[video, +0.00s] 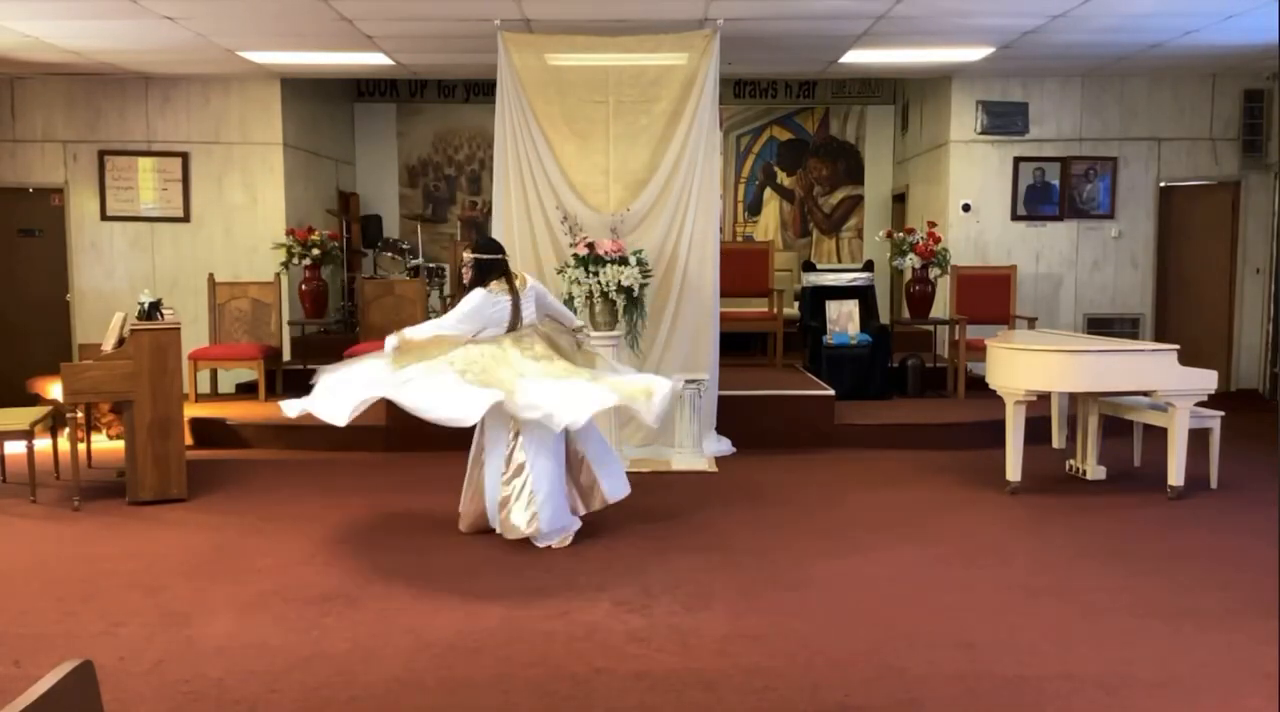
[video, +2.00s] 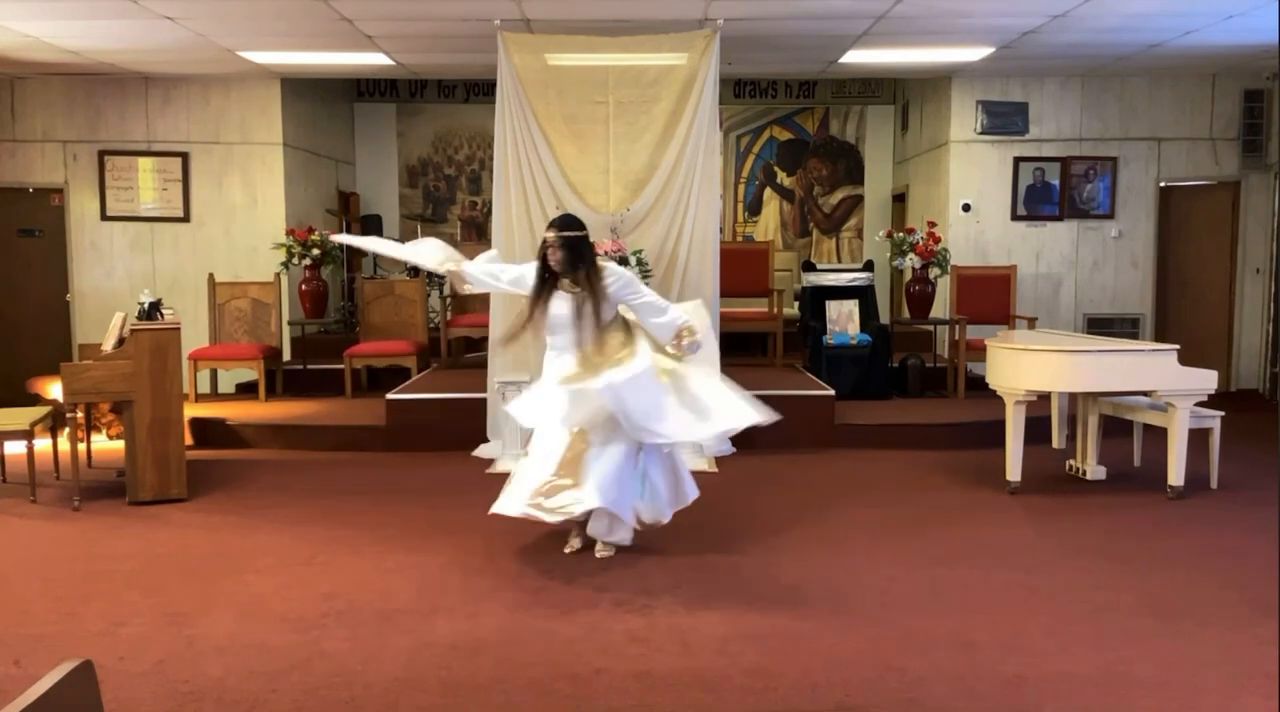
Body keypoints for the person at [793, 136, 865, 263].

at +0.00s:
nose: (817, 176)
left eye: (822, 169)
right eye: (813, 170)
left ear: (839, 166)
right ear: (808, 172)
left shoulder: (854, 193)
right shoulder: (818, 194)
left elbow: (828, 227)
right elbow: (800, 233)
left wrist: (808, 196)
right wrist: (799, 198)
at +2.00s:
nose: (815, 176)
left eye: (820, 170)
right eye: (812, 171)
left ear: (840, 166)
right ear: (808, 173)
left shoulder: (854, 193)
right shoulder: (820, 195)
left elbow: (828, 227)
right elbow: (799, 232)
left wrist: (808, 197)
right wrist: (799, 197)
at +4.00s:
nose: (815, 176)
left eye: (821, 169)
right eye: (812, 171)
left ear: (840, 166)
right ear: (808, 172)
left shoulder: (854, 193)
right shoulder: (819, 195)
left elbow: (828, 227)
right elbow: (800, 233)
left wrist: (808, 197)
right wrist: (798, 197)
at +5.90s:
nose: (815, 176)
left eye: (821, 170)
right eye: (812, 171)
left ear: (839, 166)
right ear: (808, 172)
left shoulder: (854, 193)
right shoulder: (819, 195)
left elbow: (828, 227)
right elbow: (799, 233)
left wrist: (808, 197)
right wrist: (799, 197)